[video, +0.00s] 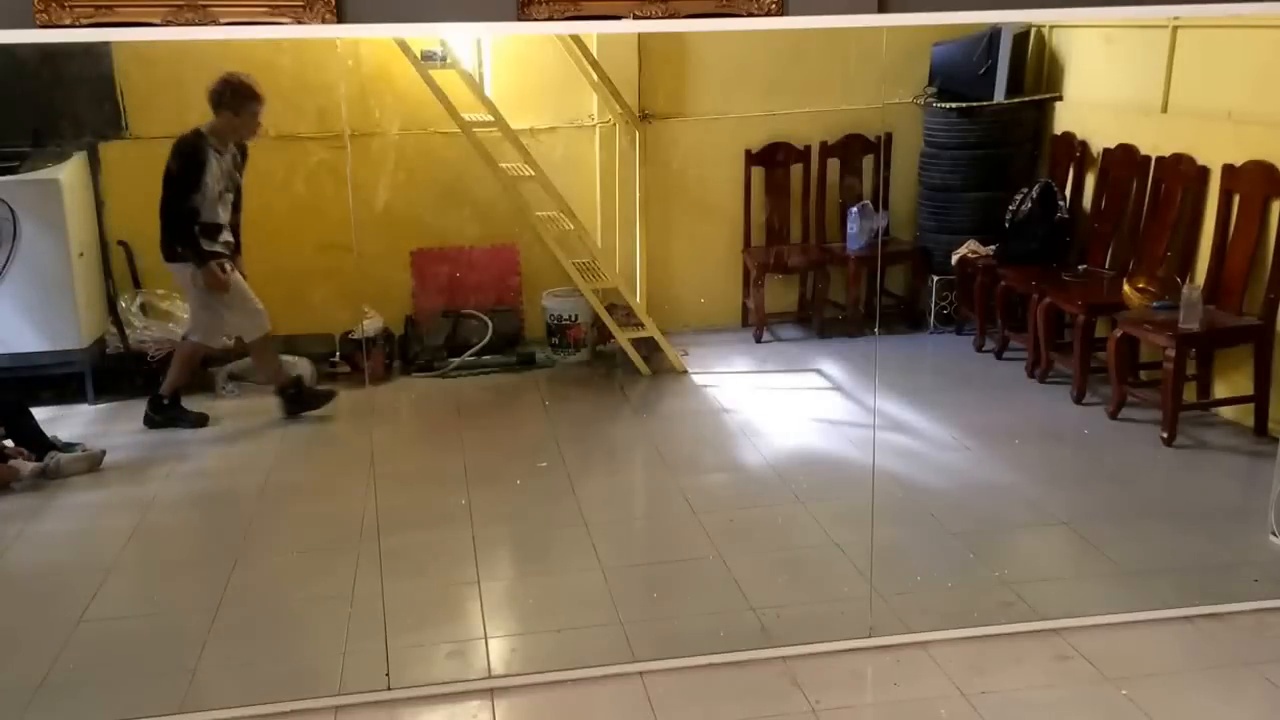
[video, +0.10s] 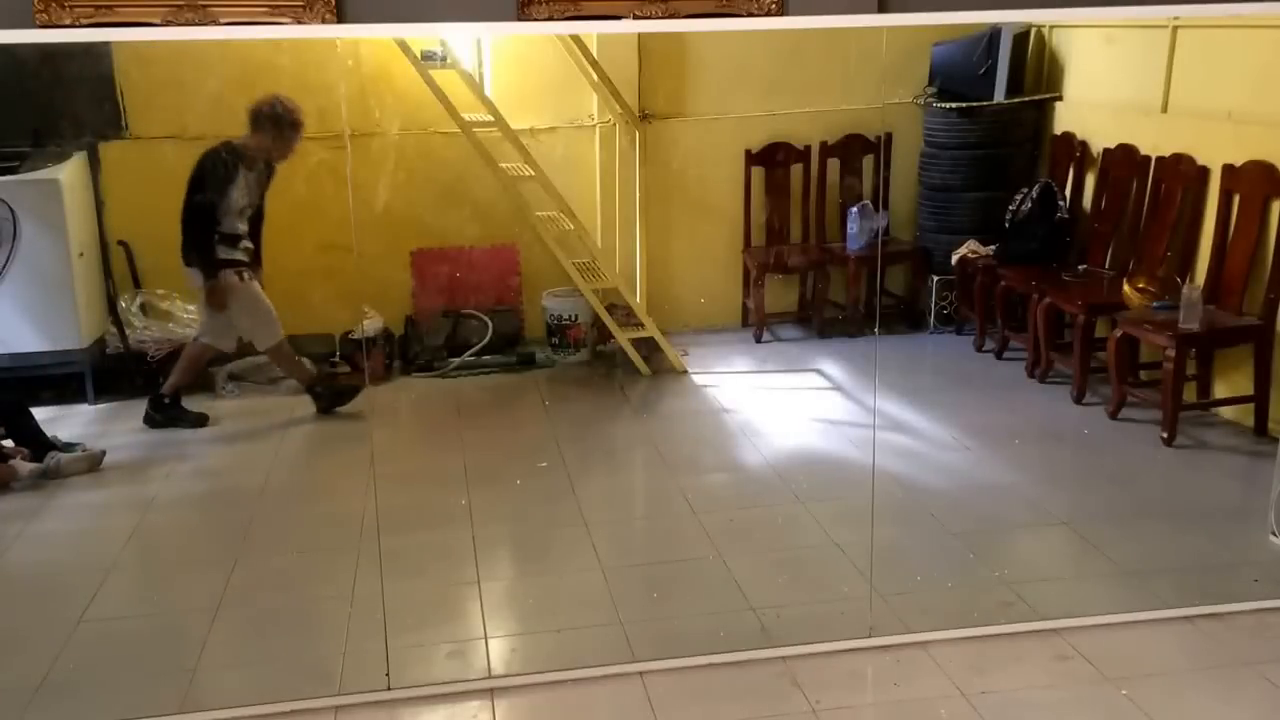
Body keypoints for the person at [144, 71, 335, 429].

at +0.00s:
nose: (258, 125)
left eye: (259, 117)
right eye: (254, 117)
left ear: (234, 115)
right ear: (229, 115)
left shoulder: (237, 152)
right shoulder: (190, 148)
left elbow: (233, 210)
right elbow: (175, 213)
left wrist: (235, 256)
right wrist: (203, 263)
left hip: (216, 252)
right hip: (192, 254)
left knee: (203, 328)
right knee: (253, 318)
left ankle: (163, 403)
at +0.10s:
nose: (288, 153)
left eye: (292, 145)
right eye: (285, 143)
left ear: (274, 137)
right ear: (265, 133)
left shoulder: (264, 168)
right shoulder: (217, 162)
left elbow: (255, 218)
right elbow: (197, 220)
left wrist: (256, 265)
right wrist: (211, 276)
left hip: (237, 257)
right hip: (212, 258)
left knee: (215, 334)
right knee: (264, 322)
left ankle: (164, 401)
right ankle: (319, 389)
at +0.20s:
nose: (332, 174)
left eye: (335, 167)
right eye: (331, 166)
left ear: (314, 156)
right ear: (313, 155)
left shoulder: (295, 180)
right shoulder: (257, 169)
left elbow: (278, 234)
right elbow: (228, 226)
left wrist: (276, 282)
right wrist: (220, 284)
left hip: (260, 263)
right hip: (239, 263)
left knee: (225, 332)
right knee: (285, 328)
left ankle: (167, 396)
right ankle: (328, 394)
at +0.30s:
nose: (361, 185)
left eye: (365, 179)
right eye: (360, 177)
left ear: (342, 161)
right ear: (344, 166)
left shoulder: (322, 178)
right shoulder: (302, 180)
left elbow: (301, 233)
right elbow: (273, 236)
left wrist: (297, 275)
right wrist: (245, 290)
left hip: (269, 249)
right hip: (253, 251)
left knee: (249, 324)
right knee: (295, 314)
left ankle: (186, 380)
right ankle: (329, 393)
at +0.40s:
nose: (379, 187)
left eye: (384, 182)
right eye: (379, 180)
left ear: (363, 160)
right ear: (364, 166)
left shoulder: (335, 163)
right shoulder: (329, 183)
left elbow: (317, 226)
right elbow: (309, 239)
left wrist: (313, 264)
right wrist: (294, 294)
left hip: (274, 243)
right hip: (276, 249)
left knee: (285, 319)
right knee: (311, 321)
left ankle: (226, 368)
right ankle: (329, 393)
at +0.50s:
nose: (400, 179)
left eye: (406, 173)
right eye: (401, 170)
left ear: (384, 147)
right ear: (387, 152)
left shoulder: (348, 159)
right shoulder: (345, 168)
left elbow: (335, 228)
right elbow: (341, 235)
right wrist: (353, 294)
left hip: (305, 244)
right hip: (295, 246)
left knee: (324, 316)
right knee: (323, 320)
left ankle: (279, 371)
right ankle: (330, 393)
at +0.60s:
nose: (420, 170)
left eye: (424, 163)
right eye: (420, 162)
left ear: (402, 145)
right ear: (404, 149)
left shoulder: (373, 158)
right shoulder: (361, 163)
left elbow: (368, 222)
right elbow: (367, 223)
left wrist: (396, 268)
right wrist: (399, 271)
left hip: (337, 244)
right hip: (313, 245)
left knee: (354, 320)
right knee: (334, 325)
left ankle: (348, 387)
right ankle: (331, 396)